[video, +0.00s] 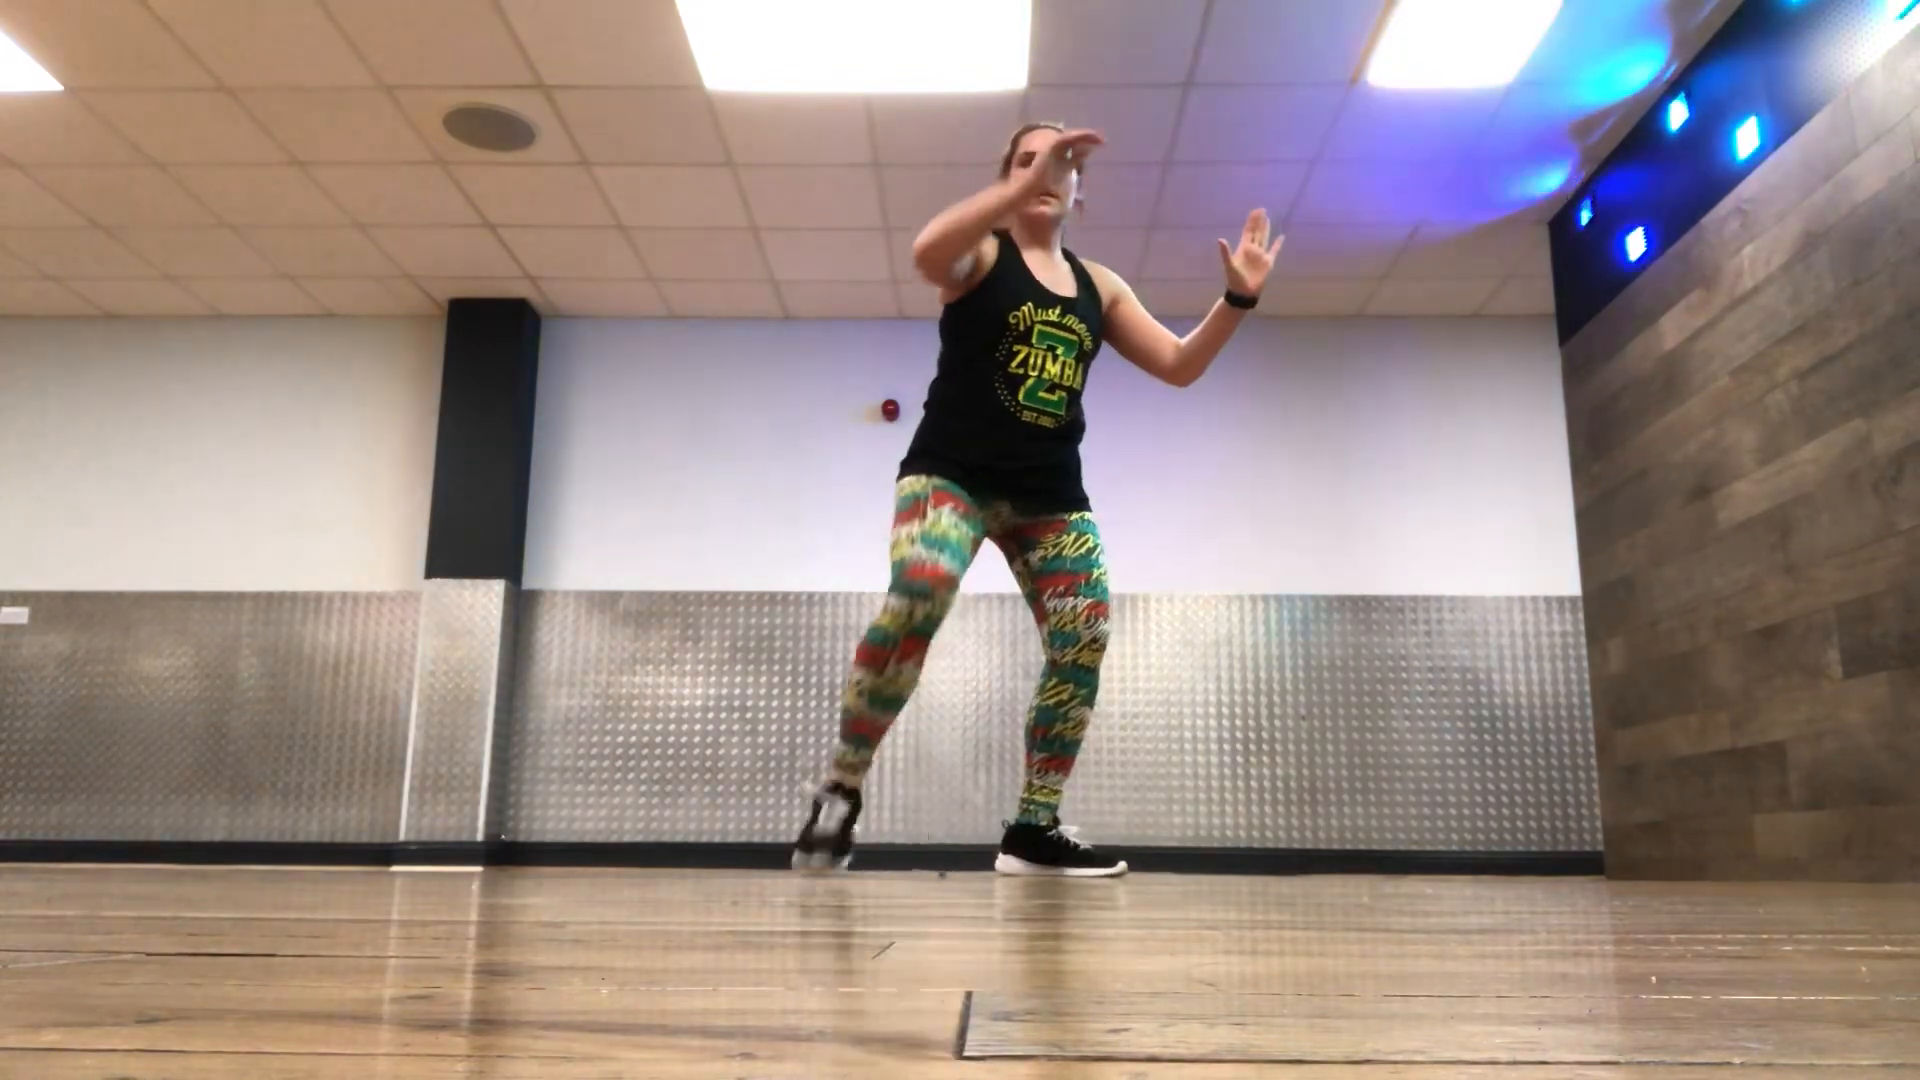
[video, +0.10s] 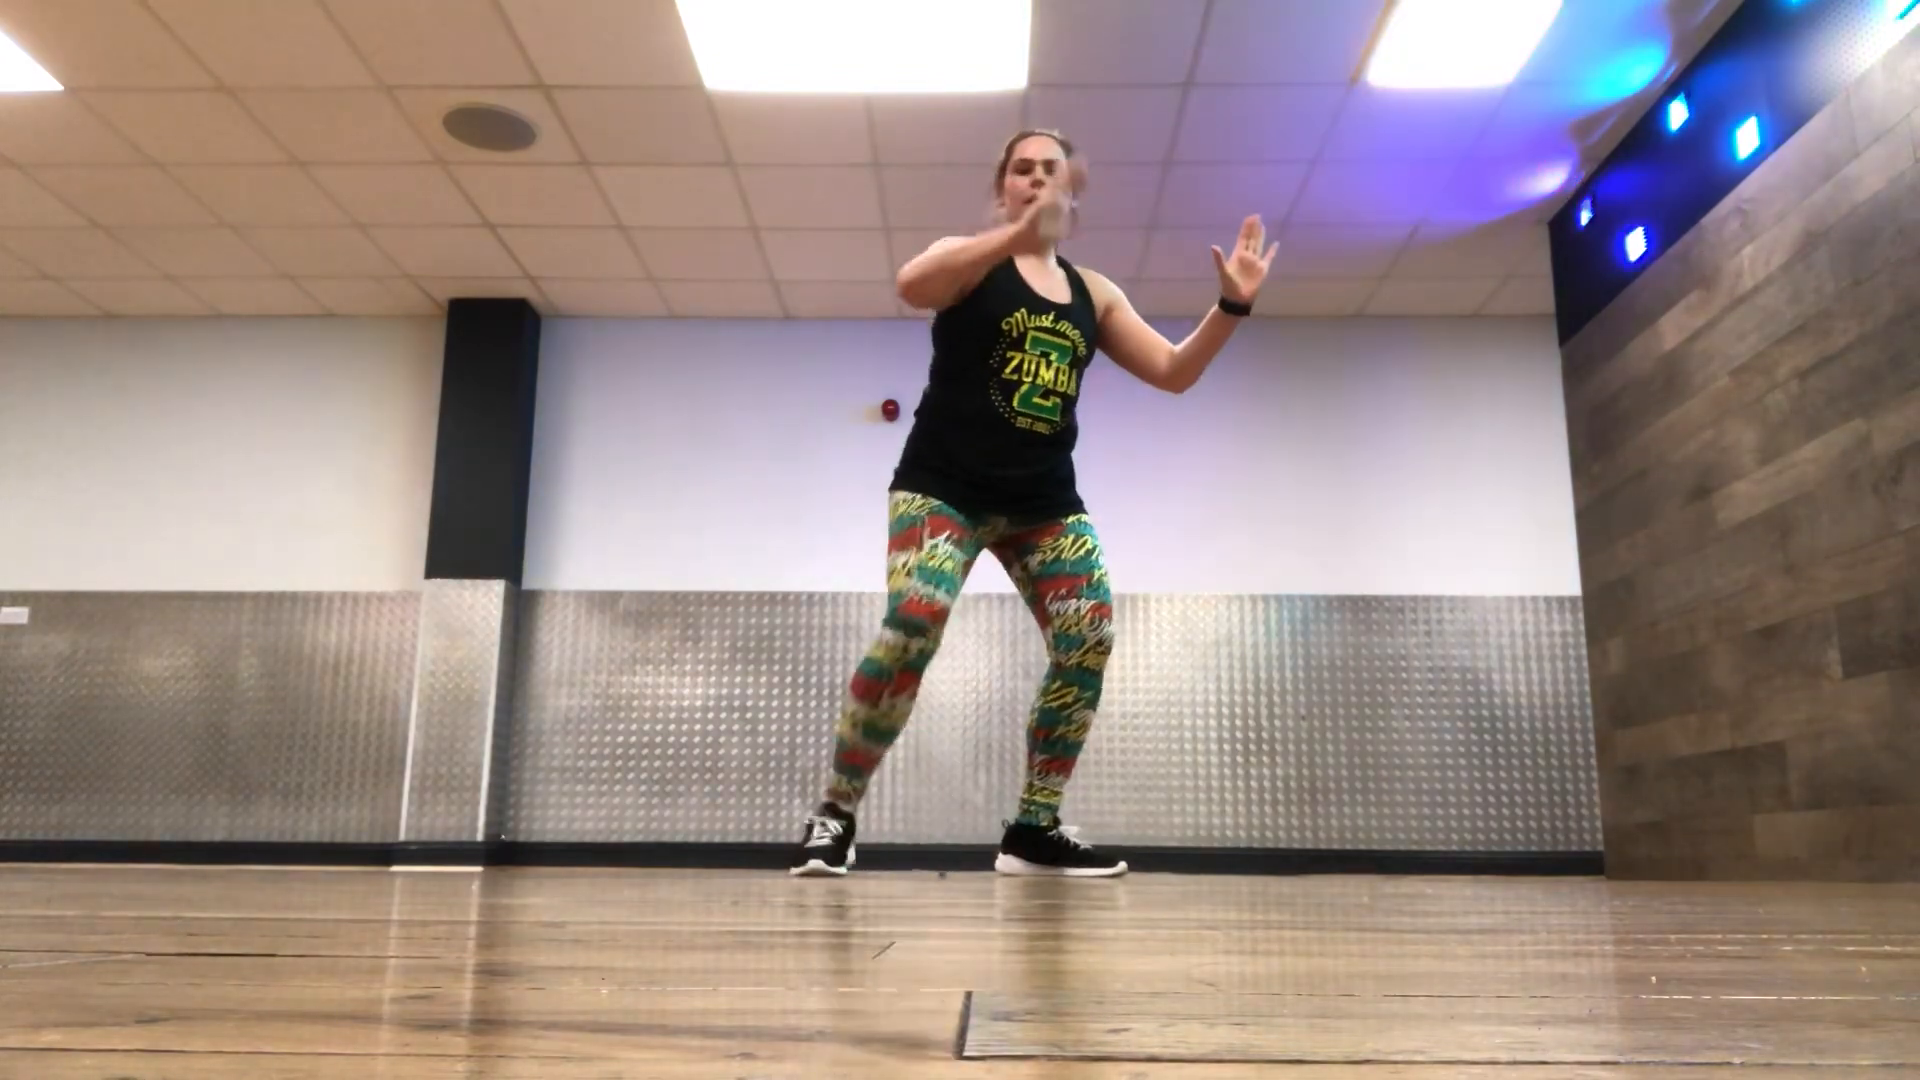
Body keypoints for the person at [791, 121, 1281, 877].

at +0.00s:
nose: (1047, 175)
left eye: (1060, 166)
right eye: (1030, 164)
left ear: (1075, 192)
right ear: (1007, 185)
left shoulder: (1098, 287)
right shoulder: (980, 257)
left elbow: (1179, 363)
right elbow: (930, 249)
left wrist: (1237, 299)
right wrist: (1026, 177)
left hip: (1048, 490)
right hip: (952, 474)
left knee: (1081, 637)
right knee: (919, 597)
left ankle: (1034, 828)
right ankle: (840, 792)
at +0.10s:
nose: (1034, 174)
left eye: (1048, 166)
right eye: (1021, 166)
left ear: (1072, 190)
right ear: (1000, 188)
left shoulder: (1093, 293)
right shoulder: (968, 254)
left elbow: (1173, 370)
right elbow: (913, 288)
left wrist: (1231, 305)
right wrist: (1016, 230)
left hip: (1043, 501)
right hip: (943, 488)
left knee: (1087, 634)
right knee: (914, 625)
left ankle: (1034, 829)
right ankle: (835, 815)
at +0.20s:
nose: (1032, 178)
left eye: (1046, 169)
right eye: (1018, 169)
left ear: (1069, 193)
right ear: (994, 190)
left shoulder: (1093, 294)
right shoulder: (970, 264)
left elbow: (1175, 369)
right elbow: (895, 282)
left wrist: (1230, 305)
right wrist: (1011, 218)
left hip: (1041, 502)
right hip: (941, 489)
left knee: (1088, 636)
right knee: (923, 624)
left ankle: (1034, 829)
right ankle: (842, 818)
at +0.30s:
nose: (1026, 169)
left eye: (1039, 159)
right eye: (1012, 159)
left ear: (1062, 182)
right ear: (990, 182)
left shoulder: (1099, 276)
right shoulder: (962, 257)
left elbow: (1185, 351)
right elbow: (872, 288)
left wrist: (1241, 292)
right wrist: (930, 211)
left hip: (1050, 496)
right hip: (947, 485)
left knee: (1081, 641)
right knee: (908, 622)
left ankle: (1035, 828)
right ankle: (837, 815)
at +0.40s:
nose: (1018, 156)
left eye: (1032, 146)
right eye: (1004, 146)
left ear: (1054, 168)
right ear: (981, 169)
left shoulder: (1095, 257)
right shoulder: (944, 251)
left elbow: (1187, 329)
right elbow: (849, 317)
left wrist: (1254, 289)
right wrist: (878, 245)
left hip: (1059, 484)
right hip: (952, 477)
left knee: (1077, 634)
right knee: (898, 610)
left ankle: (1037, 825)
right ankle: (840, 803)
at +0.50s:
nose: (1005, 148)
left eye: (1019, 138)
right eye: (991, 139)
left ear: (1041, 162)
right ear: (969, 162)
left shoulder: (1081, 249)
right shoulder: (930, 247)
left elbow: (1166, 327)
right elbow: (852, 340)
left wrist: (1239, 326)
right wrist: (841, 314)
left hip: (1059, 472)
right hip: (956, 470)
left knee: (1068, 625)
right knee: (894, 595)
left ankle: (1078, 815)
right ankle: (868, 797)